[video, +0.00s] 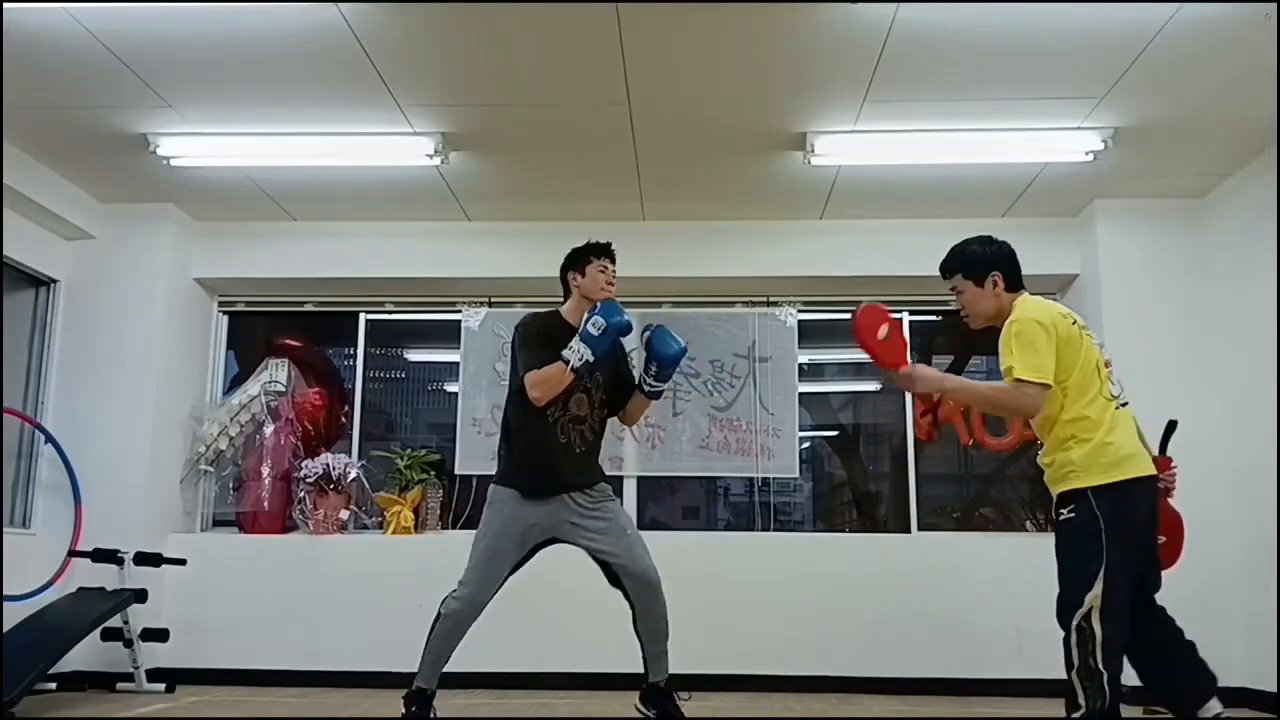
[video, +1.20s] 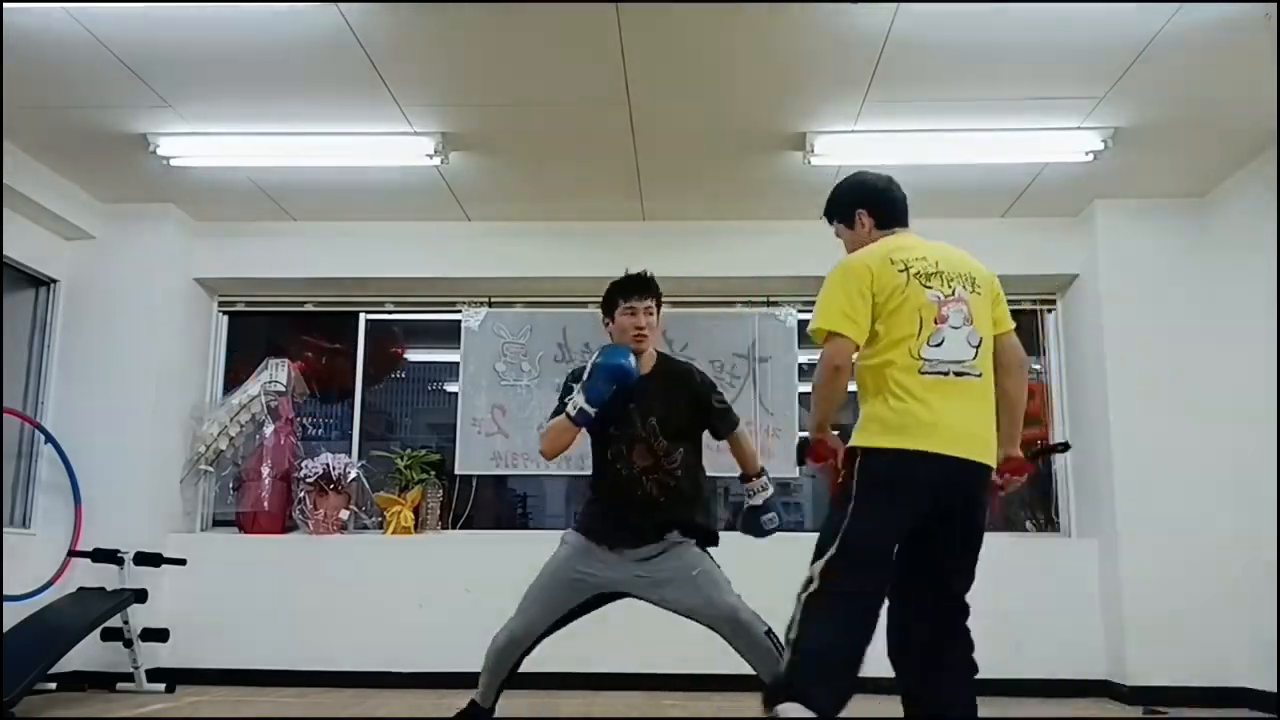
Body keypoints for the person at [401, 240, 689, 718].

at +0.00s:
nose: (612, 280)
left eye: (613, 274)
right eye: (603, 272)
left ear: (610, 285)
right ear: (574, 279)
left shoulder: (610, 347)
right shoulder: (537, 327)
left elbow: (629, 415)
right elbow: (537, 391)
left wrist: (655, 377)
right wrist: (588, 347)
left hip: (588, 495)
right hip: (519, 495)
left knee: (646, 580)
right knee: (471, 595)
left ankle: (658, 690)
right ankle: (420, 693)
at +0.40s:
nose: (645, 284)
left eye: (650, 278)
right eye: (637, 275)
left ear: (652, 285)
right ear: (609, 278)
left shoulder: (651, 334)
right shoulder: (571, 324)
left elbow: (676, 405)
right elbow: (578, 390)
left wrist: (684, 349)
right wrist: (620, 337)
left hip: (623, 492)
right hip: (558, 490)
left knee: (656, 602)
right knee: (517, 595)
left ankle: (668, 702)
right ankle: (483, 692)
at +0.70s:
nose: (664, 297)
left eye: (669, 291)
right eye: (655, 288)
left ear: (672, 298)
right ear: (627, 292)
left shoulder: (672, 349)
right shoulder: (588, 338)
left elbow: (712, 414)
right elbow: (587, 395)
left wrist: (709, 360)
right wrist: (633, 341)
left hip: (660, 507)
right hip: (585, 512)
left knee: (715, 582)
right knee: (538, 613)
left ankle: (737, 690)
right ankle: (521, 697)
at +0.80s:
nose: (694, 301)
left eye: (700, 293)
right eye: (685, 290)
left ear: (703, 300)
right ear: (655, 292)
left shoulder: (708, 351)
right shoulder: (613, 338)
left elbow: (775, 375)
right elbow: (593, 400)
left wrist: (771, 323)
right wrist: (629, 347)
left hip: (674, 515)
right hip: (603, 516)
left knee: (743, 606)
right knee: (552, 618)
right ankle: (546, 698)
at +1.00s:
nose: (713, 304)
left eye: (720, 298)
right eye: (704, 293)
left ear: (722, 307)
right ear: (675, 295)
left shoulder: (730, 359)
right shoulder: (631, 347)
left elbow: (785, 410)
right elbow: (597, 415)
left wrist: (787, 367)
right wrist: (643, 374)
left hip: (697, 525)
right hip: (617, 521)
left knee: (768, 610)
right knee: (548, 612)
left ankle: (824, 708)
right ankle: (545, 695)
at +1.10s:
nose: (660, 304)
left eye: (669, 295)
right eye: (650, 295)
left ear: (680, 302)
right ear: (629, 302)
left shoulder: (703, 357)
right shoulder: (604, 354)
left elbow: (758, 414)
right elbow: (568, 424)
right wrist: (609, 379)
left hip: (683, 523)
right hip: (606, 519)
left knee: (747, 603)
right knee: (531, 605)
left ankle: (809, 709)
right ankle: (493, 697)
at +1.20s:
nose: (640, 321)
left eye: (649, 311)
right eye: (629, 312)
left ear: (661, 319)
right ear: (609, 327)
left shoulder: (688, 381)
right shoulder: (587, 380)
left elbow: (734, 435)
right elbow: (549, 448)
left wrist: (760, 492)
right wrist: (588, 401)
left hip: (670, 550)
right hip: (591, 548)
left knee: (738, 618)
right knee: (515, 634)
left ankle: (796, 701)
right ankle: (481, 706)